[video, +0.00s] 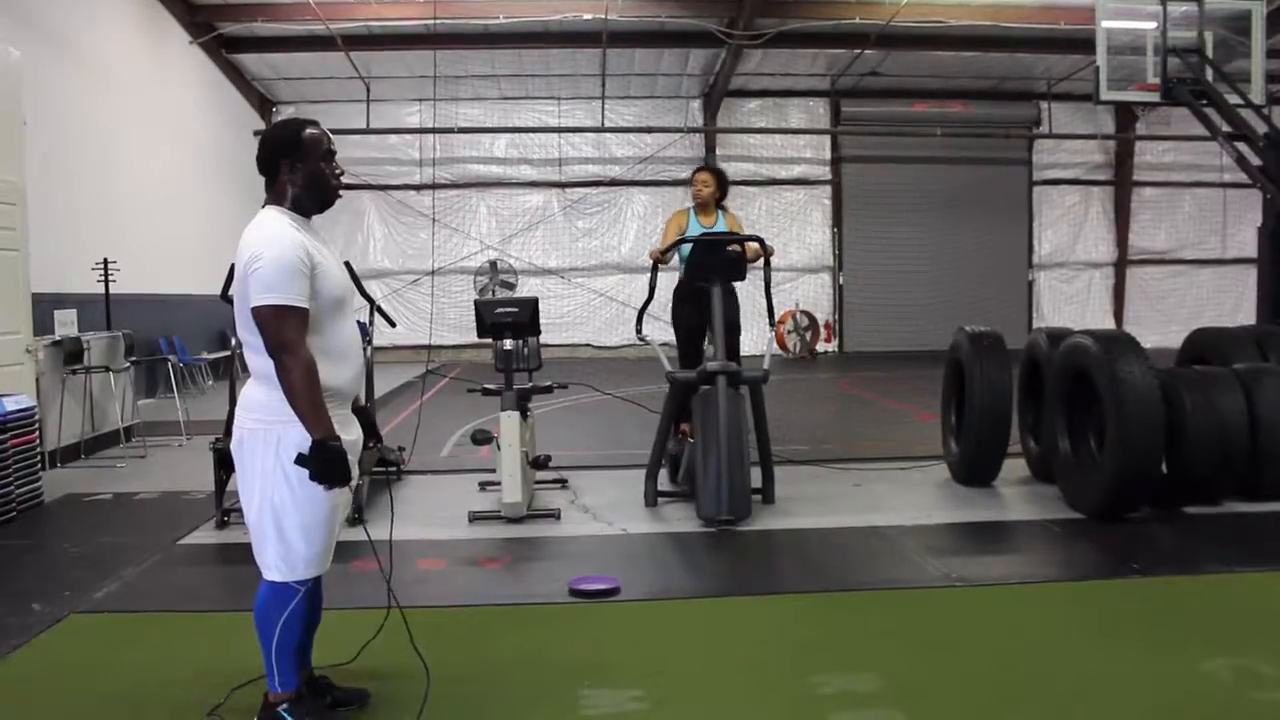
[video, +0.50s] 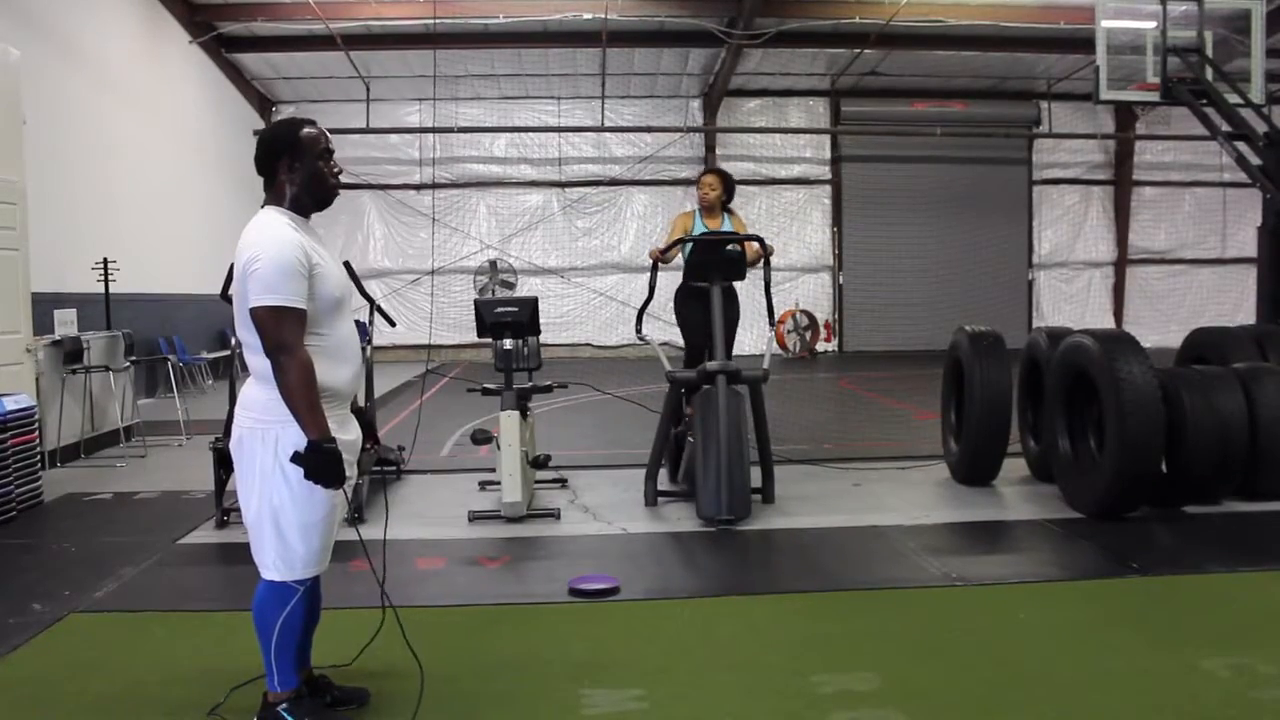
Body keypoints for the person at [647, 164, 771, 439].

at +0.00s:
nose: (697, 189)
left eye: (704, 185)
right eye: (695, 184)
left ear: (718, 190)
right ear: (690, 188)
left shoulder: (729, 219)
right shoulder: (680, 218)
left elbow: (745, 254)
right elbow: (667, 252)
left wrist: (759, 250)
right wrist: (659, 256)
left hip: (723, 294)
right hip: (689, 295)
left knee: (731, 356)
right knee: (690, 360)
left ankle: (731, 417)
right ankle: (685, 421)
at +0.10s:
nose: (705, 187)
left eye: (712, 182)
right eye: (702, 182)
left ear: (725, 189)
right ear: (697, 185)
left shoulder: (736, 218)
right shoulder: (686, 215)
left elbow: (748, 254)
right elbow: (671, 247)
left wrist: (761, 251)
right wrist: (660, 254)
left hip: (725, 292)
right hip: (691, 292)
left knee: (727, 357)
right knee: (691, 359)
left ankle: (726, 417)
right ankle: (684, 418)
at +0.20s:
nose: (710, 189)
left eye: (717, 185)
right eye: (706, 184)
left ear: (730, 191)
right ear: (701, 188)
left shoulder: (739, 221)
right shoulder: (690, 216)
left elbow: (749, 256)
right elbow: (672, 249)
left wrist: (761, 253)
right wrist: (661, 253)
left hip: (726, 292)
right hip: (693, 293)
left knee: (726, 355)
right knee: (692, 356)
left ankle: (724, 411)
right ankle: (685, 412)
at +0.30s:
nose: (710, 195)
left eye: (718, 190)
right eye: (707, 189)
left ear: (730, 196)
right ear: (703, 192)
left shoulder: (739, 224)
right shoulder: (691, 221)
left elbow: (750, 259)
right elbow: (672, 255)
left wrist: (761, 255)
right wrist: (660, 254)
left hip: (726, 295)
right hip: (693, 296)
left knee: (725, 355)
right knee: (693, 353)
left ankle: (723, 408)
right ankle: (684, 405)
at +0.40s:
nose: (709, 196)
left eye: (716, 192)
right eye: (706, 191)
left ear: (729, 198)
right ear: (701, 194)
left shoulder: (738, 226)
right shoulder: (690, 223)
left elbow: (748, 261)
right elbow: (671, 256)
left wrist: (760, 254)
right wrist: (660, 254)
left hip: (725, 296)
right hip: (692, 297)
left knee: (723, 354)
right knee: (695, 348)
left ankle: (720, 407)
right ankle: (687, 402)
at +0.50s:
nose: (704, 193)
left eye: (711, 189)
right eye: (701, 188)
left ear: (723, 194)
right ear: (696, 190)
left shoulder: (734, 221)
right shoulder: (685, 220)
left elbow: (746, 258)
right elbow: (670, 253)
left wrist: (759, 253)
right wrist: (660, 255)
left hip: (725, 294)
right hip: (692, 295)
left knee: (723, 352)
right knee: (696, 348)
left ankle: (721, 407)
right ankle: (690, 405)